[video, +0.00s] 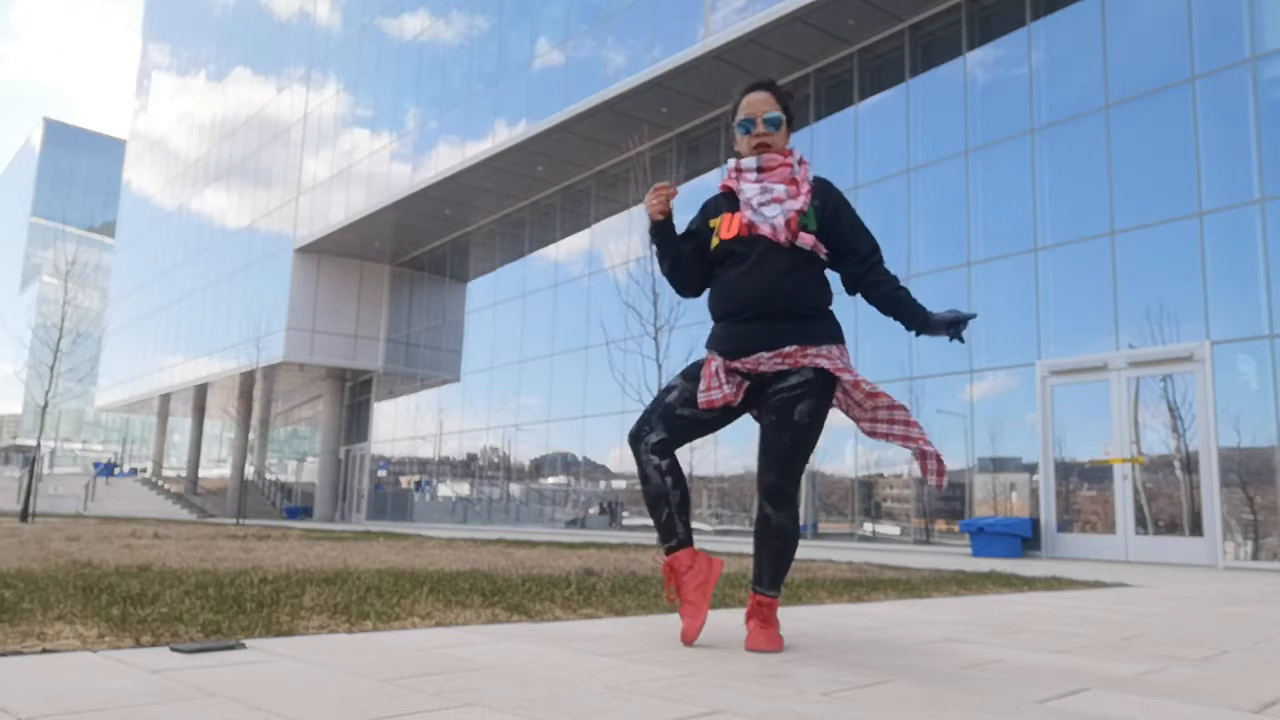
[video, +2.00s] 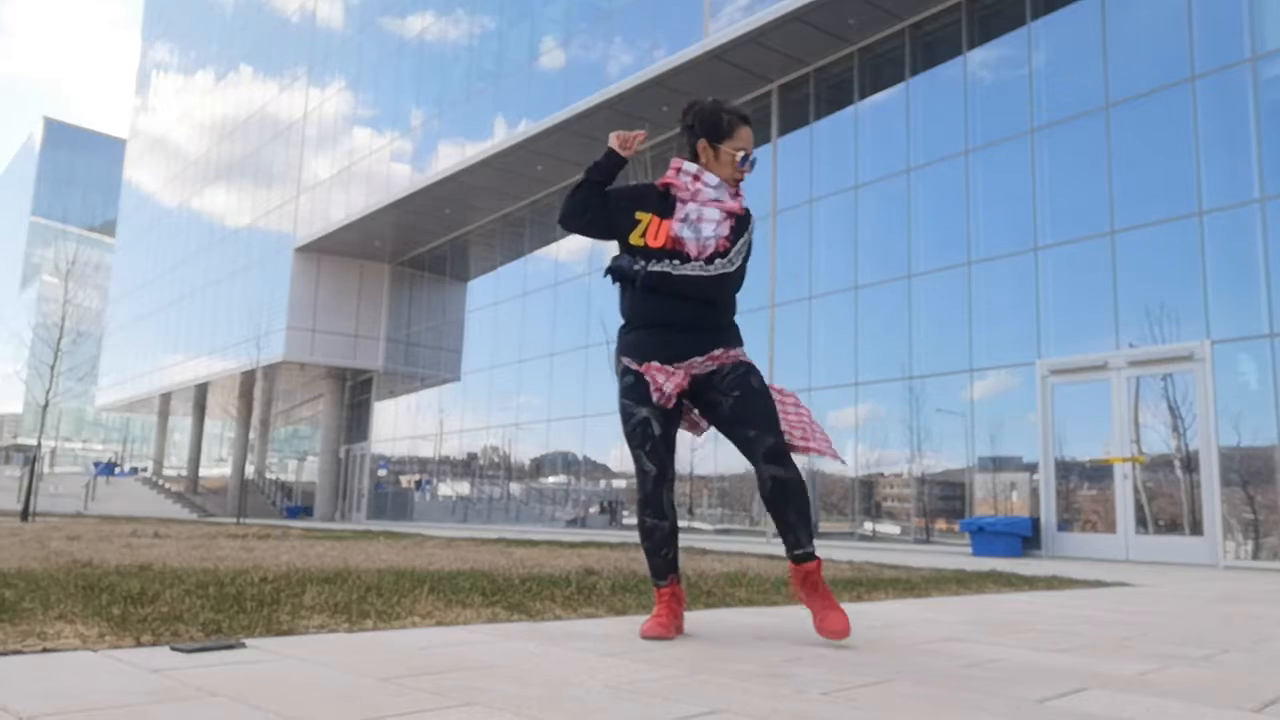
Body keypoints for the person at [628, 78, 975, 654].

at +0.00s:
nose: (759, 133)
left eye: (771, 123)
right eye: (747, 125)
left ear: (789, 132)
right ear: (733, 137)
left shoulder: (818, 197)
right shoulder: (718, 208)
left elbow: (867, 272)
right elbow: (689, 279)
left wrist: (921, 320)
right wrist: (662, 227)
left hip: (802, 360)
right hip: (728, 361)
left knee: (777, 487)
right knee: (649, 438)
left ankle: (764, 607)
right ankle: (682, 561)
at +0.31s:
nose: (760, 130)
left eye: (771, 120)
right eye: (747, 122)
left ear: (789, 129)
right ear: (732, 134)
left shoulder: (819, 196)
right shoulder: (717, 201)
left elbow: (857, 263)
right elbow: (686, 274)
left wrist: (901, 295)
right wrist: (652, 235)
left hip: (801, 351)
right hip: (726, 348)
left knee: (779, 483)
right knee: (700, 448)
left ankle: (762, 607)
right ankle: (690, 571)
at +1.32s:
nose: (738, 128)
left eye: (749, 119)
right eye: (726, 118)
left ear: (761, 129)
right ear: (704, 126)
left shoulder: (778, 200)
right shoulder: (674, 197)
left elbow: (808, 263)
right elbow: (635, 259)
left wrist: (836, 294)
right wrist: (618, 210)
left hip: (756, 356)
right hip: (682, 358)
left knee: (758, 480)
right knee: (677, 480)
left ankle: (762, 606)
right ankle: (668, 598)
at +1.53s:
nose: (737, 146)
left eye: (744, 138)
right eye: (726, 136)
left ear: (748, 144)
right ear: (695, 140)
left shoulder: (757, 208)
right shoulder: (659, 207)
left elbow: (792, 276)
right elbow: (602, 249)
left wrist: (749, 280)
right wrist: (601, 185)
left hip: (729, 359)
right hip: (661, 360)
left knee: (713, 459)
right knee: (664, 474)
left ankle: (732, 589)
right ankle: (667, 596)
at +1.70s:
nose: (739, 154)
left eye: (742, 145)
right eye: (728, 144)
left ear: (742, 147)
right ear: (693, 146)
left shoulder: (748, 209)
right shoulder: (657, 209)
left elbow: (749, 271)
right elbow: (593, 235)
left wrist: (659, 269)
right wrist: (608, 169)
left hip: (715, 362)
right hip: (649, 360)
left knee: (679, 460)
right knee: (654, 474)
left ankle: (698, 584)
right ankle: (665, 597)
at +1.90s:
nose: (742, 166)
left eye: (746, 156)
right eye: (734, 154)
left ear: (734, 156)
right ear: (699, 149)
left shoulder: (739, 215)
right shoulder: (647, 204)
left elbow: (727, 276)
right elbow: (580, 221)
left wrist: (636, 268)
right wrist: (614, 164)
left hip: (716, 354)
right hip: (647, 355)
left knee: (745, 458)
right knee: (653, 473)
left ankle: (748, 574)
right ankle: (667, 596)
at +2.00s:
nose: (745, 168)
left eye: (748, 158)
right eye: (737, 156)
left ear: (735, 154)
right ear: (701, 150)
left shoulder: (736, 218)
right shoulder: (647, 200)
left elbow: (724, 274)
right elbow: (574, 216)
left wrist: (632, 265)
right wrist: (611, 161)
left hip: (717, 353)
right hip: (647, 356)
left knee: (772, 454)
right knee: (654, 476)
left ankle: (809, 576)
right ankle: (667, 598)